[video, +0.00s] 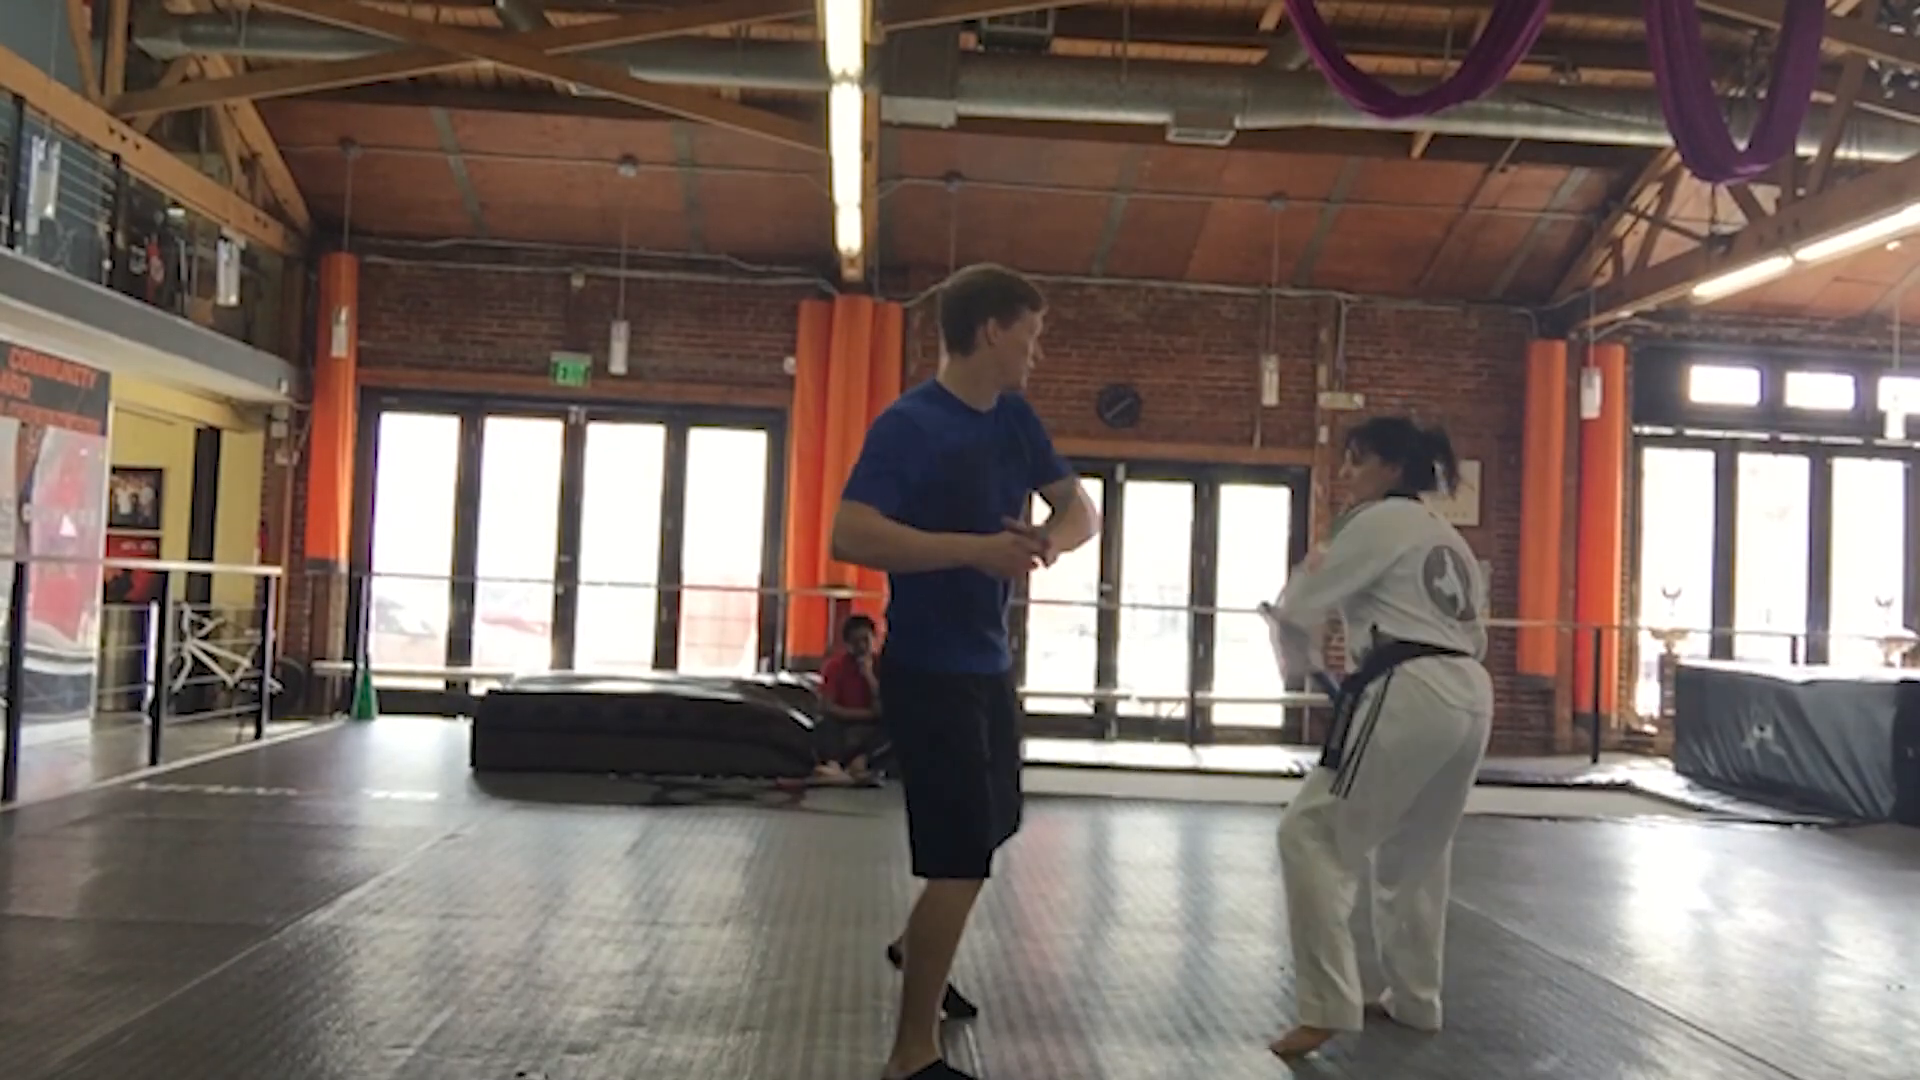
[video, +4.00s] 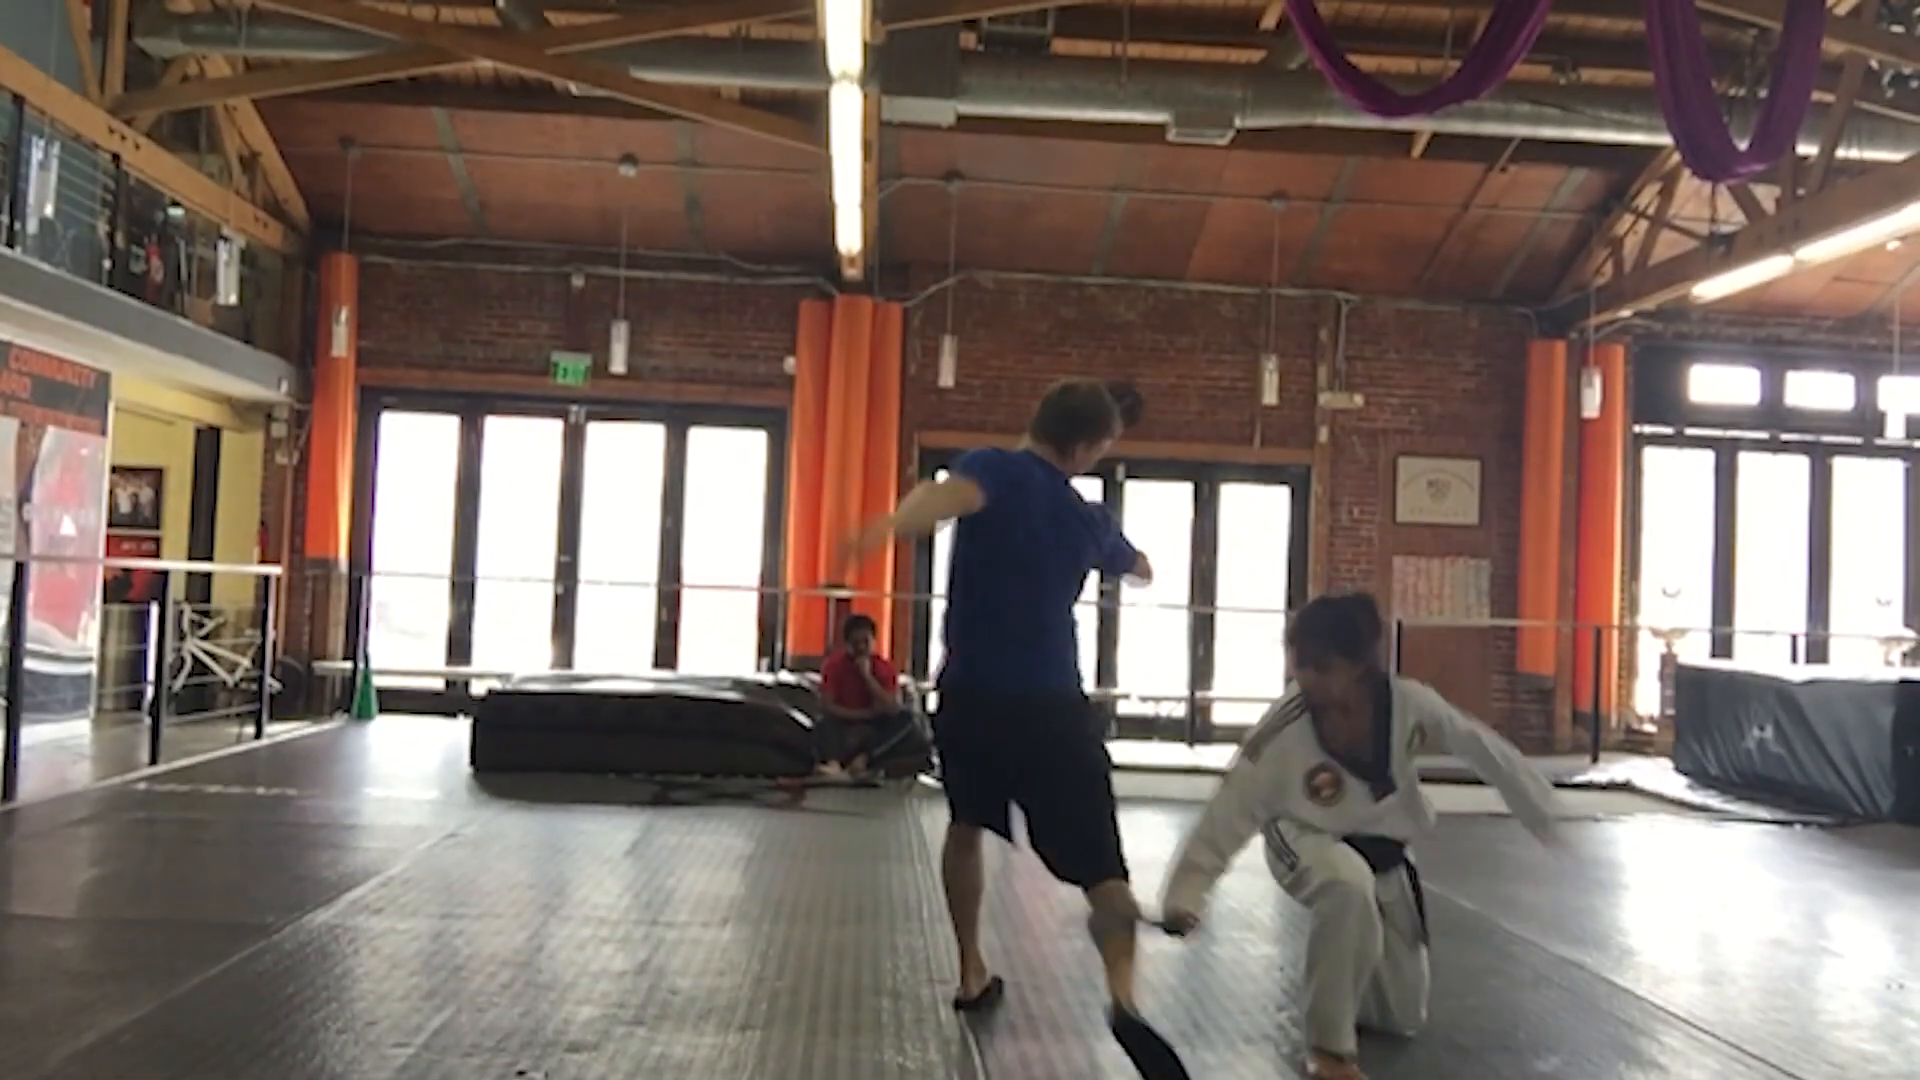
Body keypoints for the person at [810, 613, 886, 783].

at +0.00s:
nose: (862, 645)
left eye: (865, 639)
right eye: (856, 641)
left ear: (873, 639)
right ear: (847, 643)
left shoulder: (879, 663)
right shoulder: (835, 666)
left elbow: (882, 707)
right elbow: (827, 706)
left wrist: (869, 674)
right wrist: (869, 713)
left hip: (871, 722)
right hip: (841, 722)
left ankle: (862, 762)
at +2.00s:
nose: (861, 647)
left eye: (865, 640)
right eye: (855, 642)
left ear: (873, 639)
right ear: (846, 643)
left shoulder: (884, 667)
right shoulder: (834, 666)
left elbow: (891, 705)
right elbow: (827, 708)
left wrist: (868, 677)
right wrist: (870, 713)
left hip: (874, 721)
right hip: (842, 721)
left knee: (897, 725)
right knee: (826, 725)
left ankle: (861, 763)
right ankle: (832, 765)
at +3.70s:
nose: (862, 648)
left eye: (866, 642)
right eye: (856, 642)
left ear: (873, 642)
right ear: (847, 644)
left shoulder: (884, 668)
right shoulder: (834, 667)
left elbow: (892, 708)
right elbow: (827, 707)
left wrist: (867, 676)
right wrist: (868, 714)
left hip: (875, 721)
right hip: (843, 723)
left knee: (906, 721)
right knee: (822, 729)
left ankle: (866, 761)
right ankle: (832, 765)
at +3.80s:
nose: (861, 646)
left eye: (865, 640)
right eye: (855, 641)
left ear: (873, 640)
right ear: (847, 643)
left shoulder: (884, 667)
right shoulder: (834, 666)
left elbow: (892, 707)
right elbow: (827, 706)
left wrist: (868, 676)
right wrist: (869, 713)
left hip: (875, 720)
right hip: (842, 720)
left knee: (906, 720)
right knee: (821, 729)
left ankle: (866, 759)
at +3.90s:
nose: (861, 645)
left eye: (865, 639)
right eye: (856, 640)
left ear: (873, 638)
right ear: (847, 641)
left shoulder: (884, 665)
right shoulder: (834, 664)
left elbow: (892, 706)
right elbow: (827, 705)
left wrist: (868, 675)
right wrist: (869, 711)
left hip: (875, 718)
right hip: (842, 719)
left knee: (906, 718)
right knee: (821, 729)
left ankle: (866, 757)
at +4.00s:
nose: (861, 647)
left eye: (865, 641)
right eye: (856, 642)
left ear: (873, 641)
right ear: (847, 643)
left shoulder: (885, 668)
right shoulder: (833, 666)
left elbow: (892, 708)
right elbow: (827, 706)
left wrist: (868, 676)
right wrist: (868, 713)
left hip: (875, 719)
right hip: (842, 720)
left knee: (906, 719)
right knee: (823, 727)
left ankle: (865, 759)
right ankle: (833, 763)